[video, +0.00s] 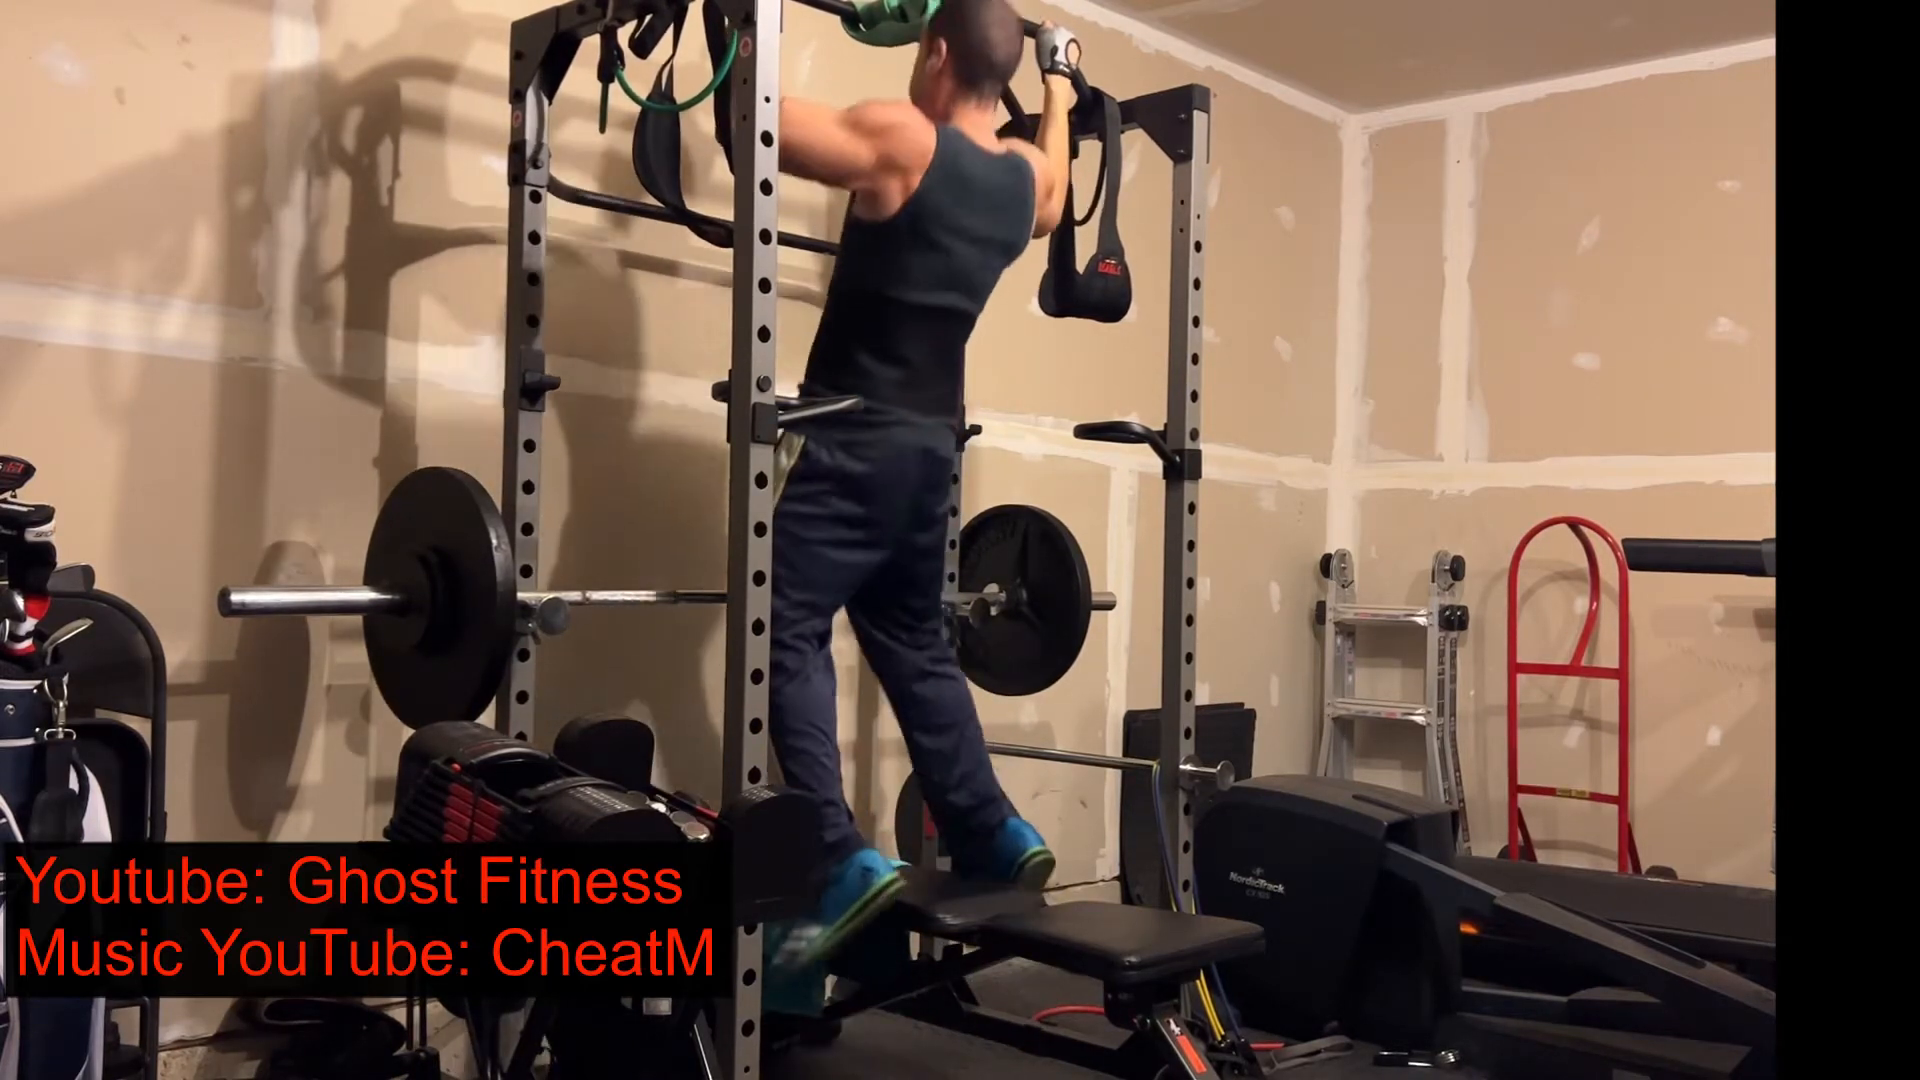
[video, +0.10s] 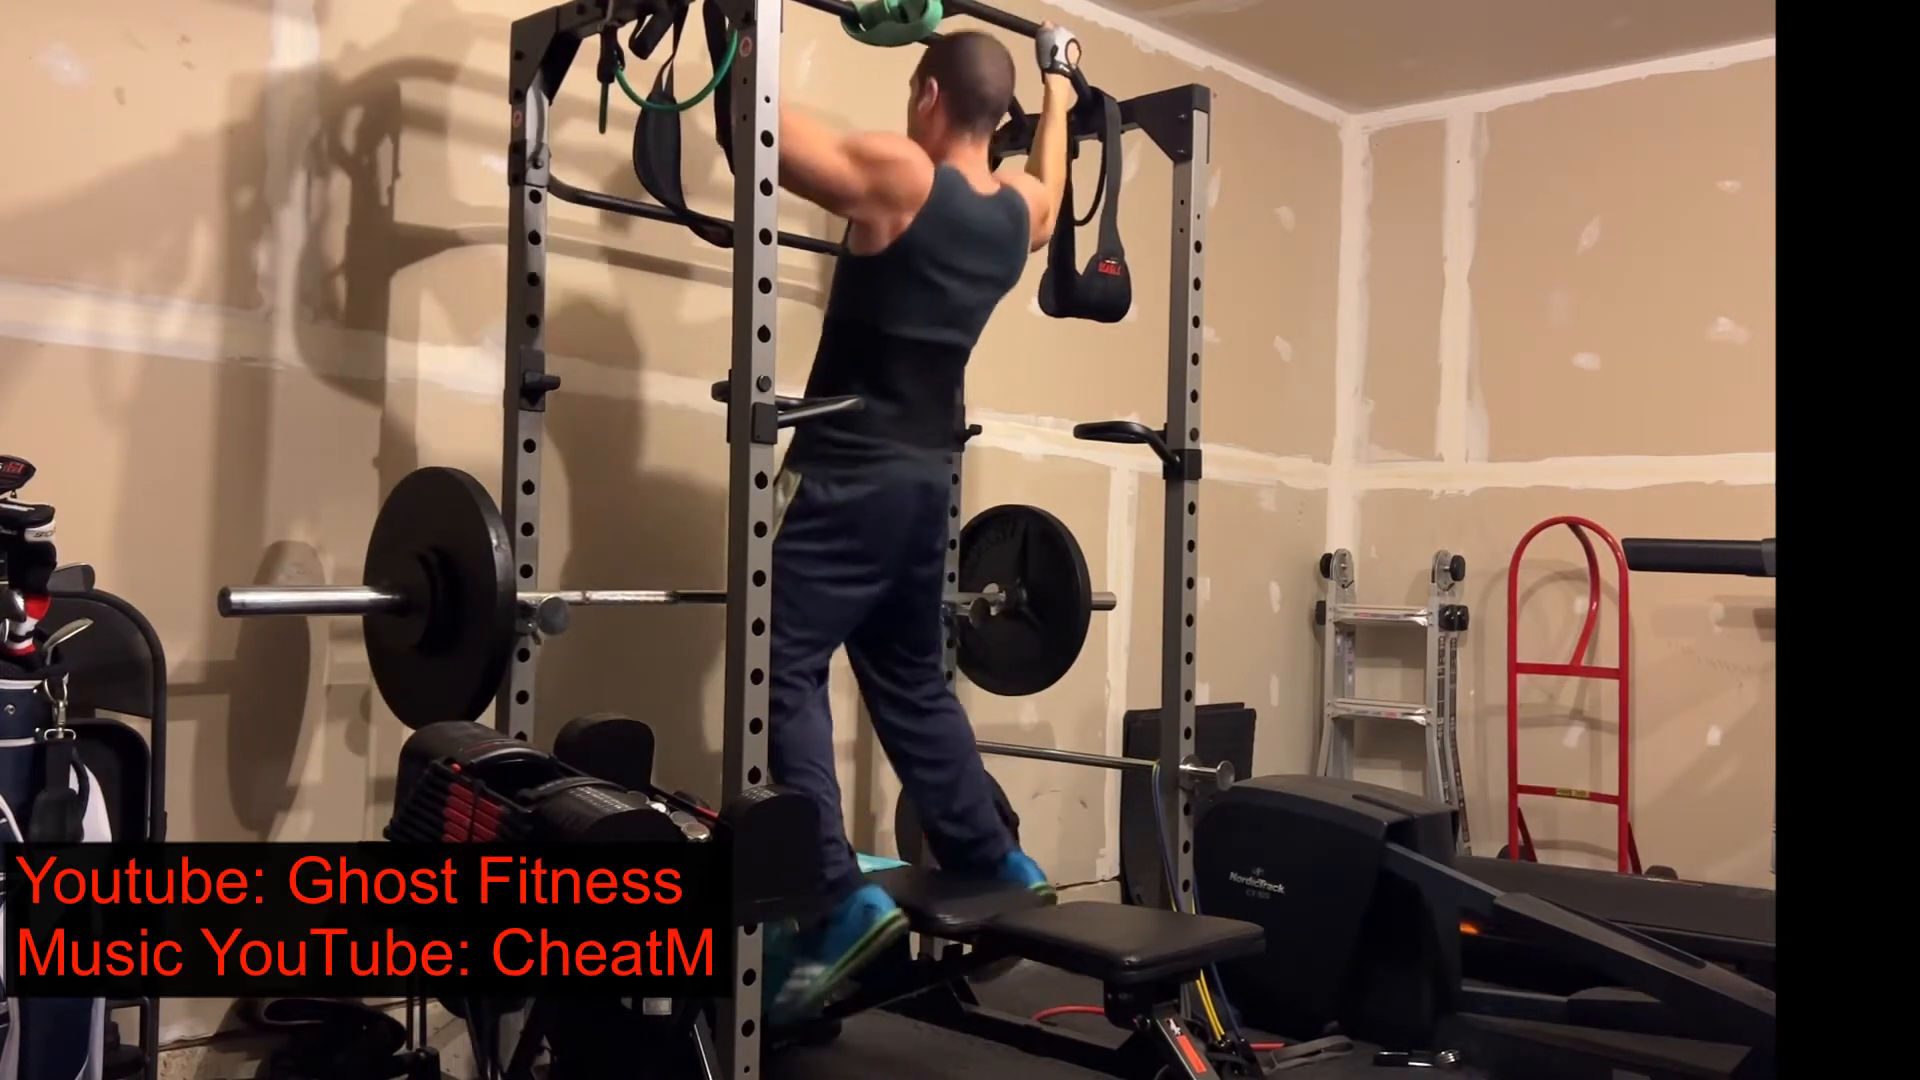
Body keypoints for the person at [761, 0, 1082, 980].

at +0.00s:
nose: (914, 52)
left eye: (922, 39)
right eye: (924, 40)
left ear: (939, 54)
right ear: (1006, 78)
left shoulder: (899, 136)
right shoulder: (1023, 178)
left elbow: (764, 124)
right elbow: (1052, 189)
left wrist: (742, 33)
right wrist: (1057, 95)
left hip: (850, 438)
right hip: (931, 445)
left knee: (790, 634)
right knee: (910, 638)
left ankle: (839, 857)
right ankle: (989, 832)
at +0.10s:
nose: (908, 100)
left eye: (914, 86)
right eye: (916, 88)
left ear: (931, 98)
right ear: (1000, 117)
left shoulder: (898, 169)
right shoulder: (1015, 214)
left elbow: (763, 131)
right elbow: (1049, 187)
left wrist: (744, 47)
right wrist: (1056, 108)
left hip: (851, 474)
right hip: (928, 480)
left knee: (785, 669)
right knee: (912, 684)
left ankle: (835, 893)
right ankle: (993, 865)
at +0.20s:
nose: (903, 134)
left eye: (908, 122)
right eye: (909, 123)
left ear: (929, 127)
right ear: (997, 147)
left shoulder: (892, 196)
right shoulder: (1013, 238)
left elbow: (763, 135)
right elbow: (1047, 188)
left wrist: (743, 39)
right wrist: (1057, 106)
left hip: (846, 505)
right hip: (923, 510)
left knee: (785, 702)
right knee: (915, 714)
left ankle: (841, 925)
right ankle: (995, 910)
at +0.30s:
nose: (900, 153)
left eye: (907, 141)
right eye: (909, 142)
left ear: (924, 149)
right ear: (996, 170)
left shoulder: (894, 218)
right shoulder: (1010, 257)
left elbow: (767, 139)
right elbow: (1044, 188)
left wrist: (737, 39)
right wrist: (1057, 101)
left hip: (852, 524)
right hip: (925, 527)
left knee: (787, 725)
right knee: (919, 740)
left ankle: (845, 951)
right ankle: (1001, 932)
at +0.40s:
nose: (903, 165)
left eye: (910, 152)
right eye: (913, 153)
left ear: (926, 163)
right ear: (997, 184)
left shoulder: (896, 235)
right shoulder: (1012, 271)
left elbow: (780, 139)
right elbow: (1043, 187)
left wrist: (765, 25)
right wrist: (1058, 103)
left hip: (852, 533)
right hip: (928, 539)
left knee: (791, 744)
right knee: (923, 753)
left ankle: (849, 969)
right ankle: (1005, 954)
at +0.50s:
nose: (908, 171)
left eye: (916, 159)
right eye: (920, 161)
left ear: (932, 169)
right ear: (1003, 190)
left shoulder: (900, 238)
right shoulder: (1016, 275)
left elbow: (791, 140)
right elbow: (1044, 188)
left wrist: (769, 25)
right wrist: (1058, 102)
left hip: (855, 544)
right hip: (931, 547)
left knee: (796, 753)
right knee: (924, 757)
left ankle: (849, 976)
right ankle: (1005, 960)